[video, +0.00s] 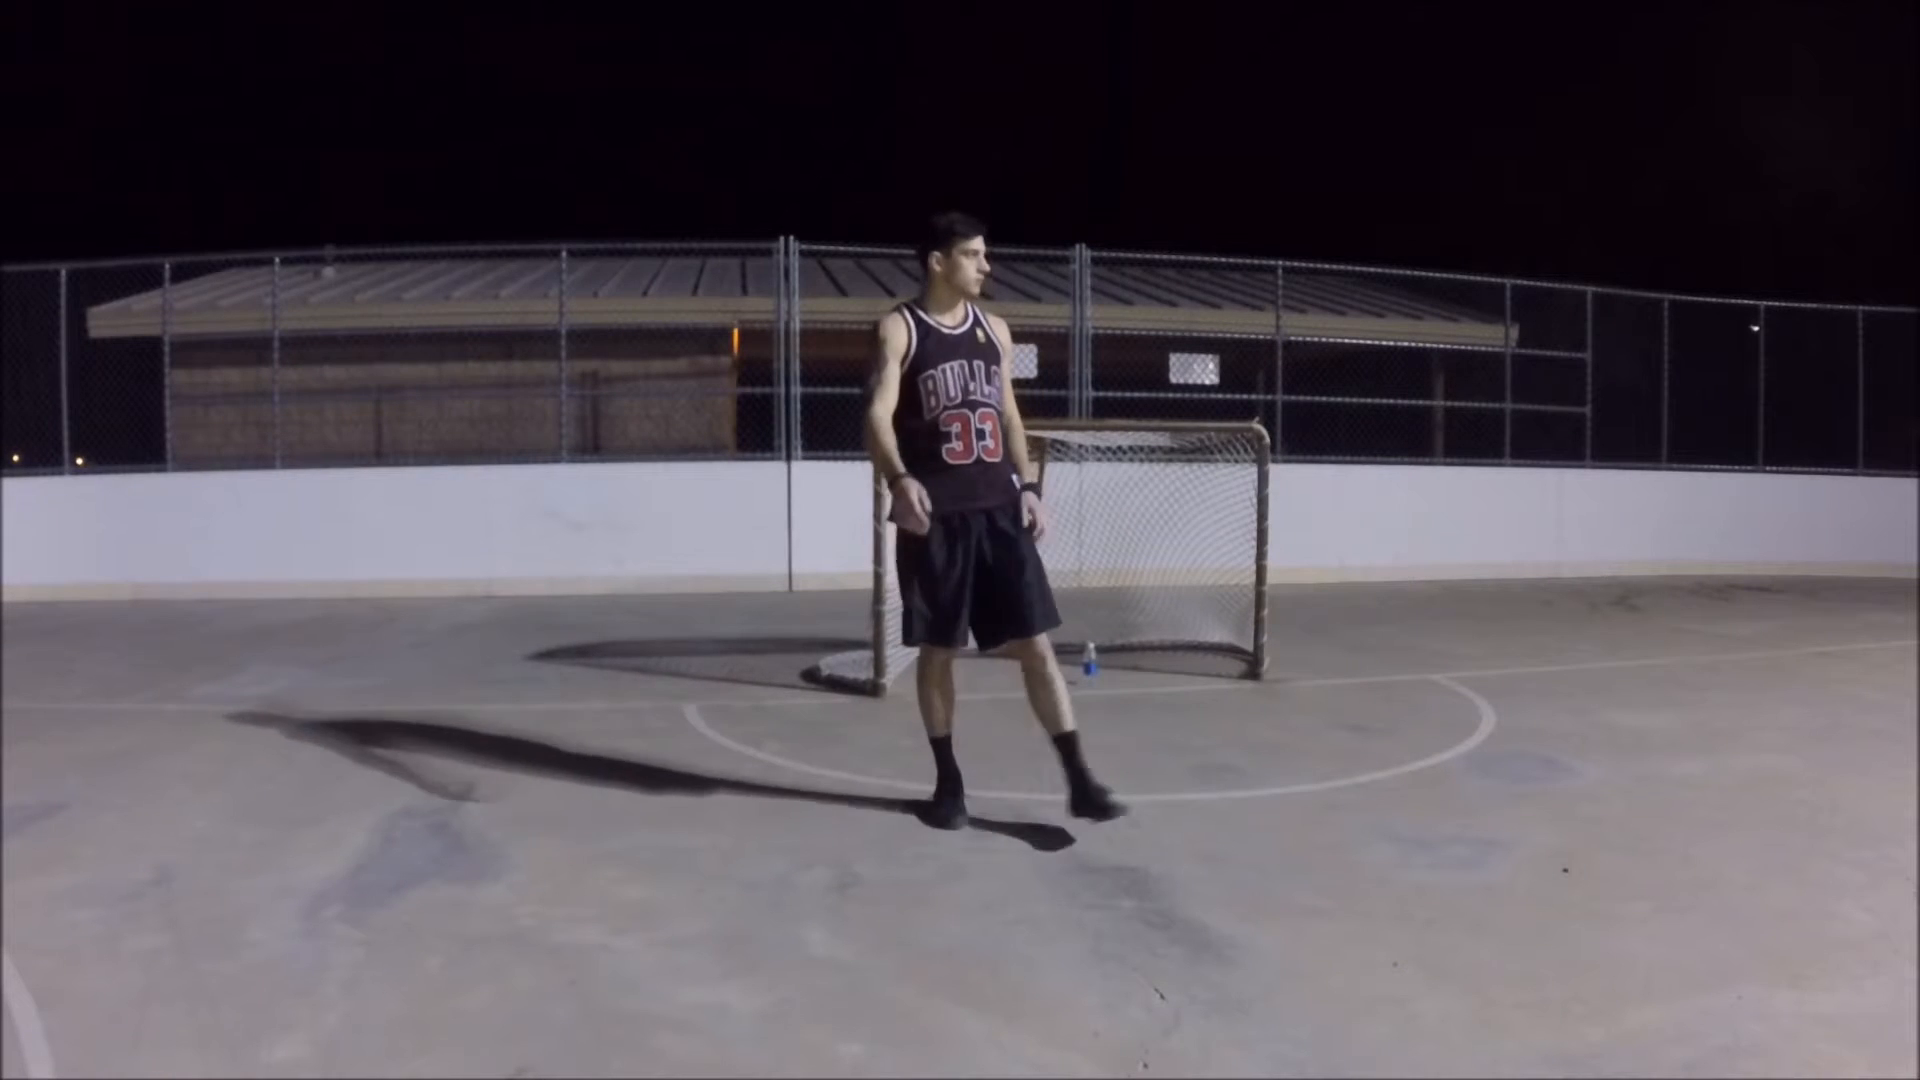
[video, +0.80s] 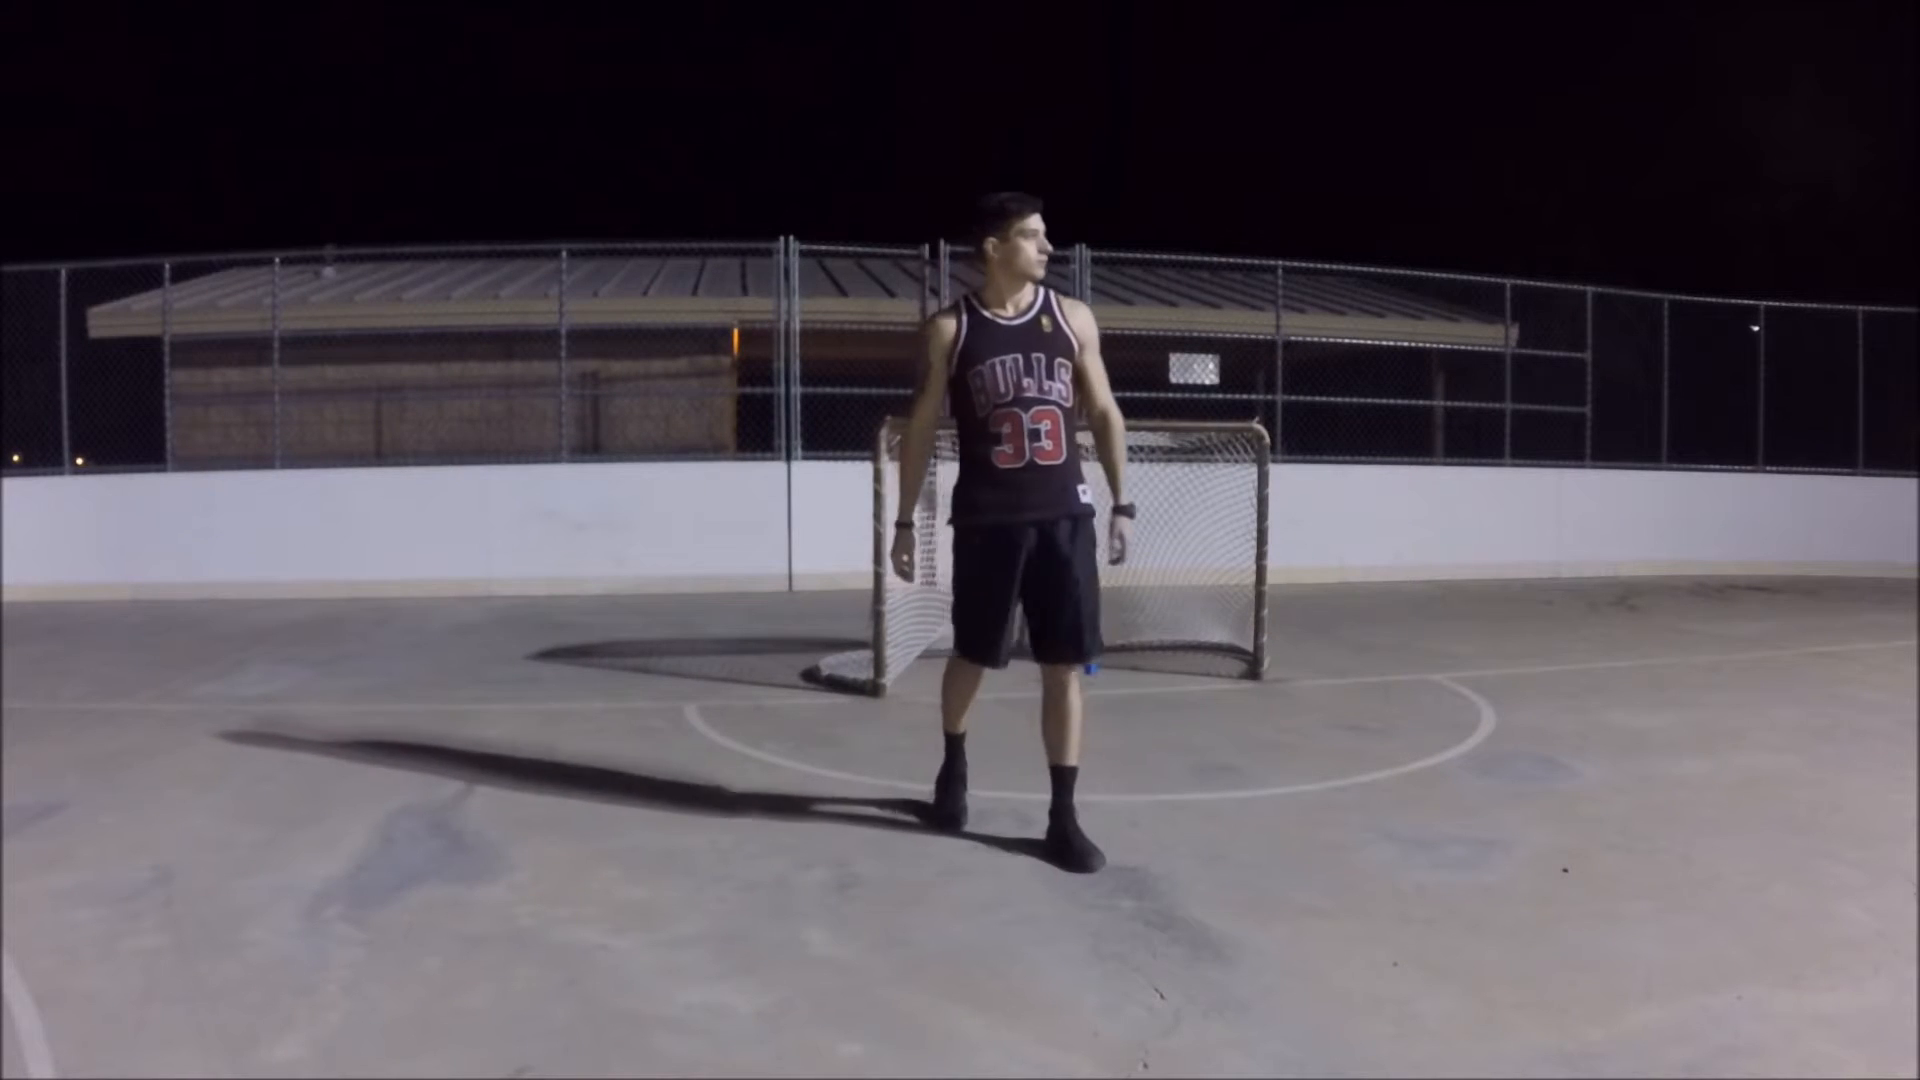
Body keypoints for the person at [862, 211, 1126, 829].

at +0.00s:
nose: (983, 266)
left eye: (984, 256)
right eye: (971, 256)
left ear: (980, 264)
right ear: (936, 262)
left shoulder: (993, 327)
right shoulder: (901, 326)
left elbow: (1009, 415)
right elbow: (878, 414)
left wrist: (1028, 484)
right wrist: (898, 478)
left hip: (1001, 511)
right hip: (935, 517)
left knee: (1037, 647)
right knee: (938, 651)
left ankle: (1081, 782)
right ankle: (948, 784)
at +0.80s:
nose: (1046, 247)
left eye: (1045, 237)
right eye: (1032, 238)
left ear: (1035, 248)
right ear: (992, 247)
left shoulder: (1073, 318)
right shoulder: (950, 329)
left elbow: (1104, 411)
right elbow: (921, 426)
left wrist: (1120, 499)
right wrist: (905, 516)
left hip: (1064, 519)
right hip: (987, 523)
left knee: (1065, 666)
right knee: (973, 655)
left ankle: (1064, 818)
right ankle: (952, 768)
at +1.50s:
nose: (1085, 232)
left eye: (1088, 224)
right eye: (1070, 225)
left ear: (1096, 238)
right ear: (1036, 241)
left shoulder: (1132, 316)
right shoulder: (1006, 325)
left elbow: (1151, 422)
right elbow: (989, 430)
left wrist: (1127, 509)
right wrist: (991, 518)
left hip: (1107, 519)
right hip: (1034, 518)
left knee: (1088, 672)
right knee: (1044, 667)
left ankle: (1066, 817)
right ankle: (1028, 766)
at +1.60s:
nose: (1084, 235)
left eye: (1088, 226)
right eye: (1069, 228)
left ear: (1097, 237)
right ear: (1036, 241)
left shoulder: (1133, 318)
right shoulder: (1008, 324)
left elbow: (1154, 425)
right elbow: (987, 431)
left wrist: (1141, 519)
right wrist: (978, 527)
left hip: (1111, 520)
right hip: (1037, 520)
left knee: (1090, 673)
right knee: (1045, 673)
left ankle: (1065, 820)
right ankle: (1017, 721)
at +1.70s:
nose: (1079, 238)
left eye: (1085, 227)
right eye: (1065, 230)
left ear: (1096, 236)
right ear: (1036, 243)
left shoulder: (1134, 321)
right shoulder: (1009, 323)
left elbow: (1157, 425)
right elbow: (980, 428)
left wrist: (1158, 519)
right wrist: (970, 523)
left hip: (1110, 522)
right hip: (1035, 521)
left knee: (1086, 674)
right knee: (1037, 673)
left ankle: (1065, 821)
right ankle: (1003, 704)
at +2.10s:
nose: (1037, 233)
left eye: (1046, 221)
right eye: (1024, 227)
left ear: (1070, 232)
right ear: (1011, 247)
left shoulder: (1113, 320)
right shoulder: (988, 319)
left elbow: (1140, 425)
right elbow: (962, 421)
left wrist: (1150, 523)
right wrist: (963, 510)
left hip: (1083, 526)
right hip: (1006, 525)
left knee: (1073, 674)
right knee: (981, 674)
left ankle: (1063, 820)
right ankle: (949, 801)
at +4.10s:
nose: (926, 295)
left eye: (935, 280)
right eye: (911, 284)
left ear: (949, 265)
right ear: (887, 276)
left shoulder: (978, 315)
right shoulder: (858, 318)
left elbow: (1077, 273)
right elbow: (758, 303)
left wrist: (1044, 191)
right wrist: (767, 220)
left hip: (935, 525)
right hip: (867, 520)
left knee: (884, 667)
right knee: (916, 655)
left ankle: (826, 794)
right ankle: (909, 806)